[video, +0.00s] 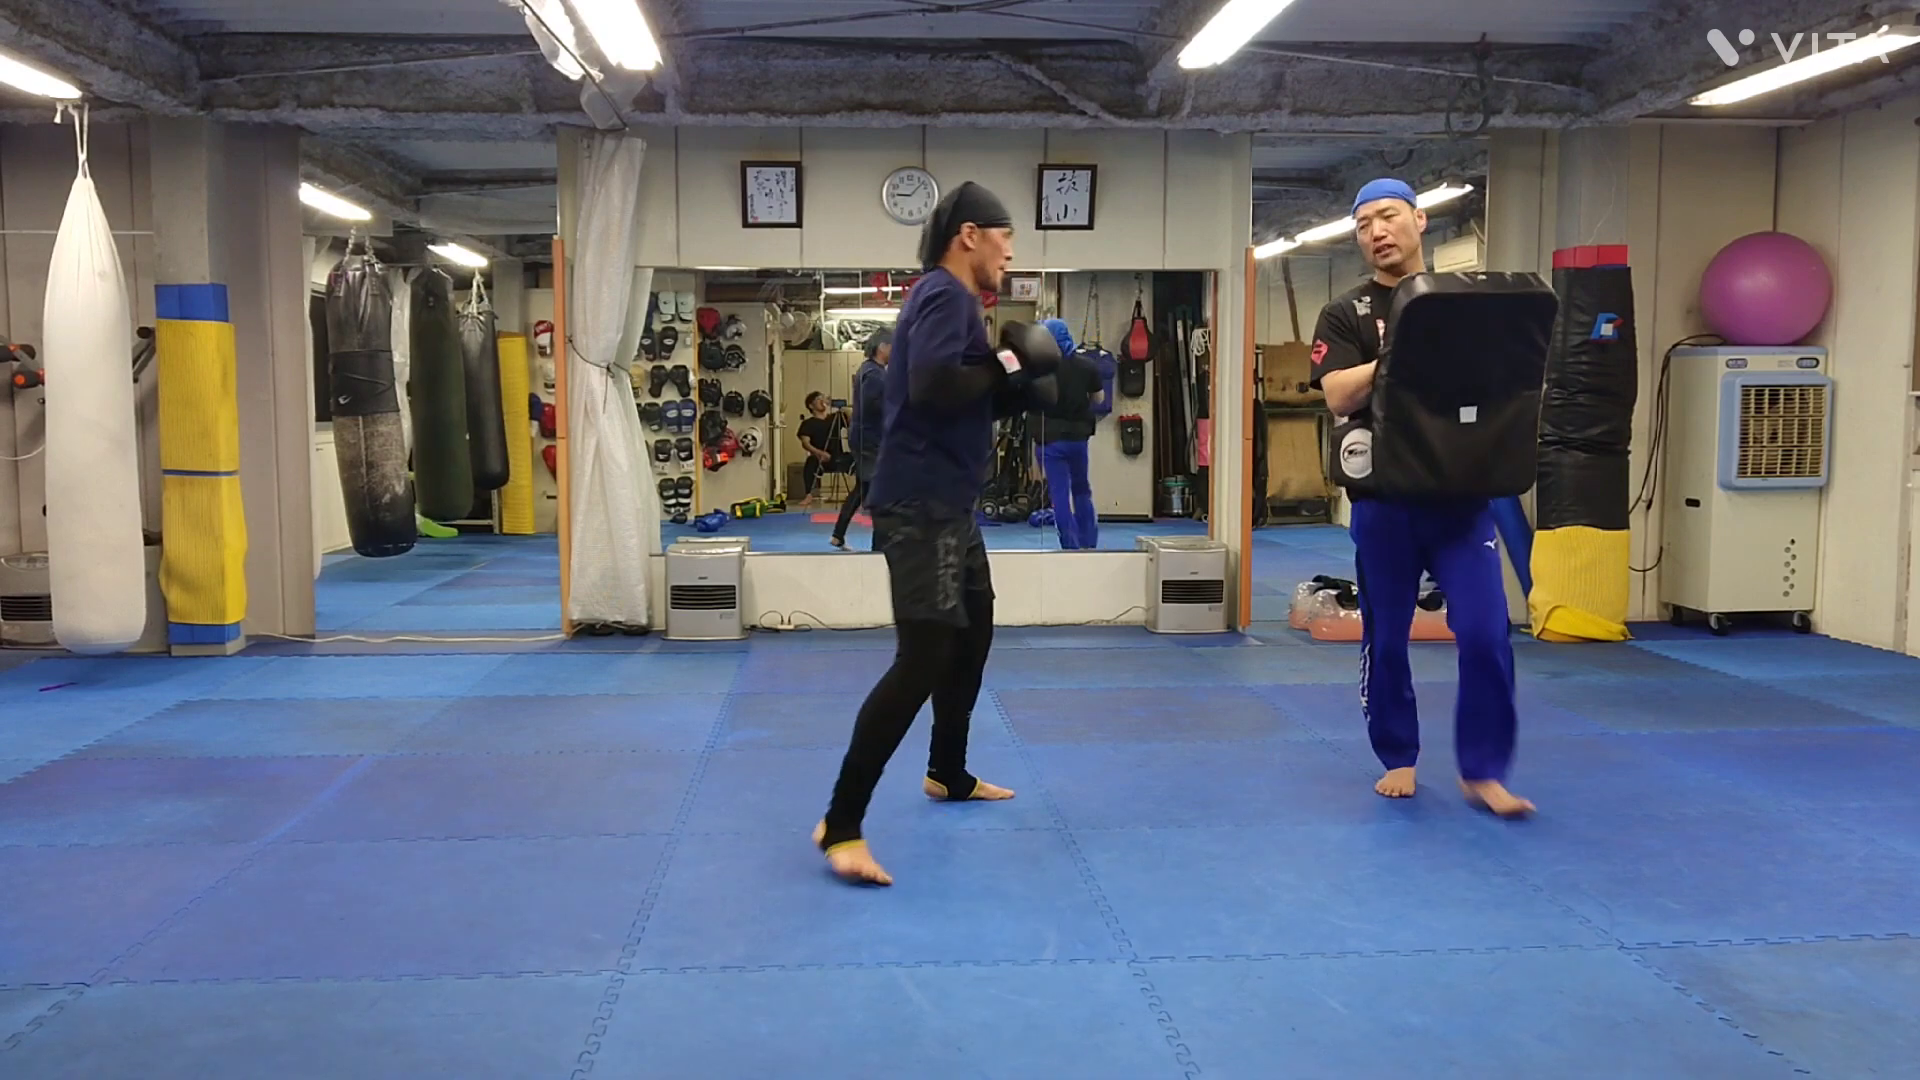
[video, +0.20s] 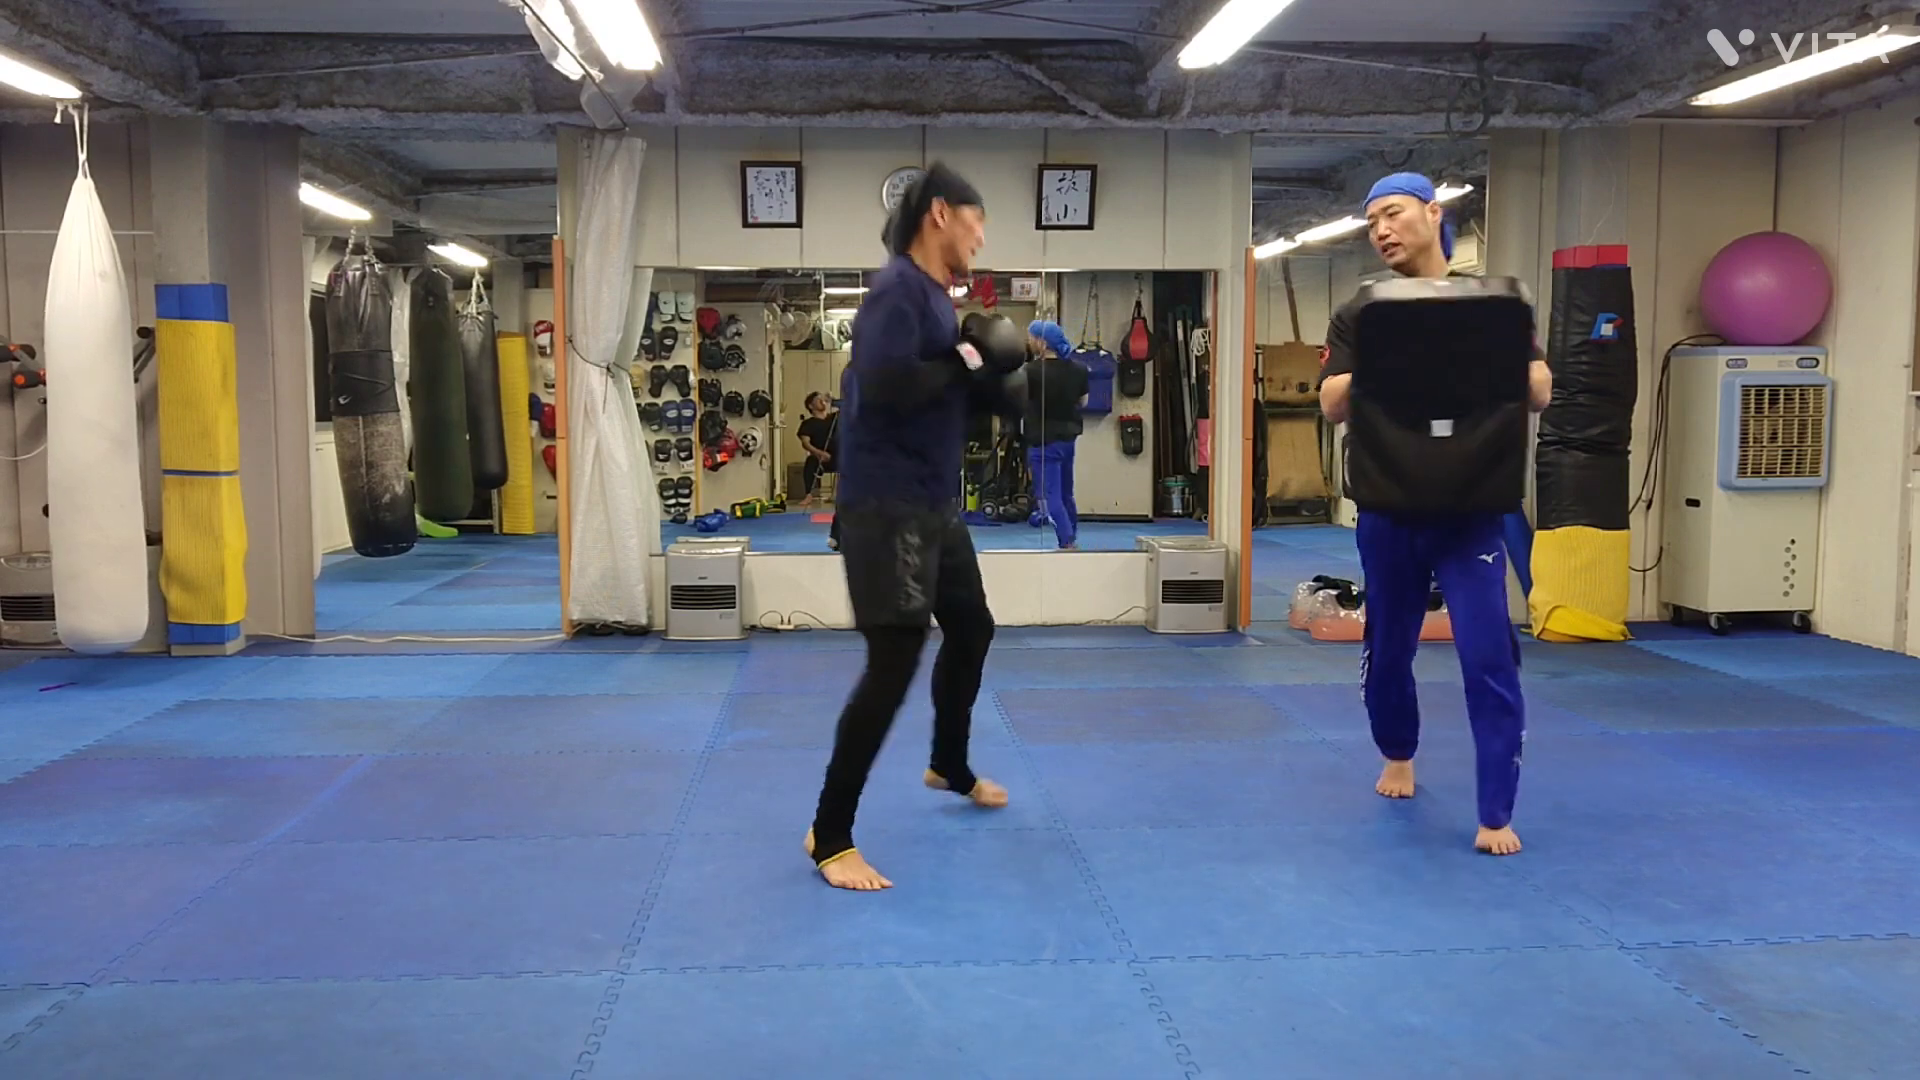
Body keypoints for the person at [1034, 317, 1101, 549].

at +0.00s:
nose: (1043, 345)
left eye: (1043, 339)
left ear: (1044, 342)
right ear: (1067, 337)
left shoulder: (1039, 367)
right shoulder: (1084, 364)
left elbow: (1031, 402)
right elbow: (1098, 396)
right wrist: (1078, 400)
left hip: (1049, 438)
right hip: (1078, 436)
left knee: (1059, 492)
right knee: (1081, 489)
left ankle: (1069, 543)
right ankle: (1088, 539)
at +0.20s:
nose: (1030, 343)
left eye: (1033, 339)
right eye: (1031, 338)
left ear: (1043, 342)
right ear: (1057, 342)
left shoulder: (1032, 370)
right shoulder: (1077, 369)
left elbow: (1024, 400)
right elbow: (1083, 400)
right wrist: (1061, 401)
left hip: (1042, 436)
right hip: (1068, 434)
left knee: (1050, 493)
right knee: (1066, 490)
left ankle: (1066, 540)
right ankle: (1071, 535)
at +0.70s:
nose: (996, 342)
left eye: (1000, 338)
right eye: (996, 338)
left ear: (1012, 340)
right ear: (1009, 340)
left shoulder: (1019, 367)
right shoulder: (1010, 365)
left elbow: (1006, 402)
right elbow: (1004, 394)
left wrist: (983, 392)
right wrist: (987, 390)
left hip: (1013, 435)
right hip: (1008, 433)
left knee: (1002, 487)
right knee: (1002, 484)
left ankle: (1009, 540)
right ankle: (1023, 525)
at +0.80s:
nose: (991, 340)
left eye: (995, 336)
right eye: (991, 336)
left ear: (1008, 339)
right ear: (1000, 339)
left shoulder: (1016, 366)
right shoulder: (995, 365)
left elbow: (1005, 398)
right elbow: (990, 392)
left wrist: (979, 387)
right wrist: (972, 381)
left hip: (1008, 433)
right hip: (990, 432)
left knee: (1003, 486)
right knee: (985, 484)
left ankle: (1010, 539)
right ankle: (992, 535)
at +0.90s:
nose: (983, 343)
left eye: (987, 339)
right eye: (982, 339)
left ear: (1001, 342)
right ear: (985, 342)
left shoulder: (1011, 369)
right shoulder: (978, 367)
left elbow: (1005, 400)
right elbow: (967, 392)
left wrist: (980, 389)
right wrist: (956, 380)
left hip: (1005, 435)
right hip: (981, 433)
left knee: (1002, 486)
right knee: (974, 483)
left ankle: (1010, 539)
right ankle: (969, 532)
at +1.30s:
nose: (971, 346)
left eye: (976, 341)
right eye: (969, 342)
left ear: (988, 343)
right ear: (968, 344)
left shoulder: (1004, 372)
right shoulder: (961, 371)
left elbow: (1013, 401)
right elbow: (949, 398)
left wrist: (1009, 399)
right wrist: (966, 406)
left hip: (997, 438)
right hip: (969, 437)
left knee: (1002, 486)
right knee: (962, 488)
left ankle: (1002, 527)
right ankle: (965, 534)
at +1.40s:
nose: (975, 349)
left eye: (979, 345)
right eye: (972, 345)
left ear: (991, 347)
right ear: (970, 348)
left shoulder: (1006, 376)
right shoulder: (964, 375)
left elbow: (1013, 407)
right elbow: (951, 403)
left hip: (997, 442)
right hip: (969, 441)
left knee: (1002, 488)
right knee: (958, 484)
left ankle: (1002, 531)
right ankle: (962, 534)